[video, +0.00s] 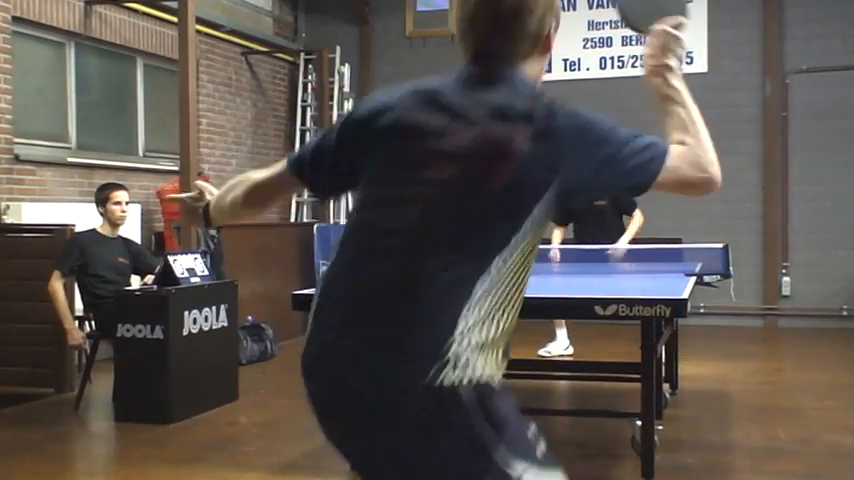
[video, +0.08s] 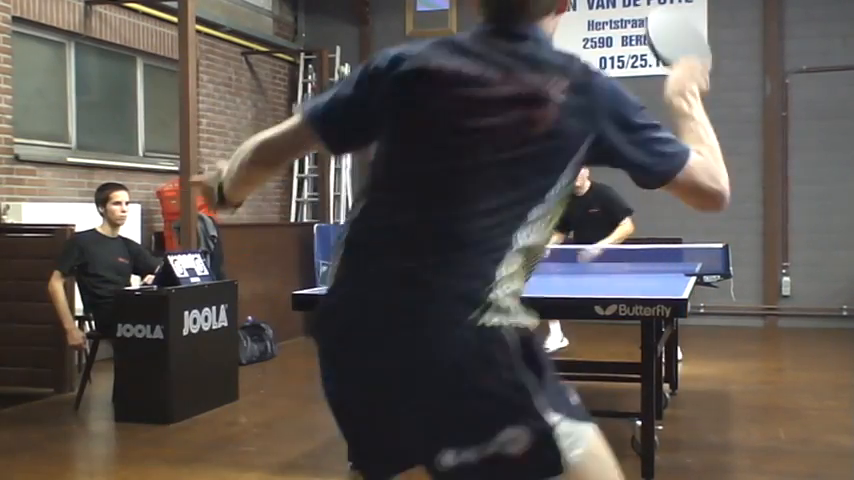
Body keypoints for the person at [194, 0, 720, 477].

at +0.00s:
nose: (555, 41)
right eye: (554, 30)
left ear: (465, 34)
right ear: (547, 41)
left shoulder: (390, 110)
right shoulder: (553, 127)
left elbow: (271, 187)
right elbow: (701, 170)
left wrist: (215, 204)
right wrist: (665, 76)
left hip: (332, 371)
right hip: (438, 388)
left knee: (401, 468)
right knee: (534, 469)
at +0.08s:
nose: (574, 6)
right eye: (572, 4)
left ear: (478, 4)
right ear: (560, 8)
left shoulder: (406, 66)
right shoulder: (583, 89)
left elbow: (272, 145)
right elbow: (713, 189)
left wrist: (229, 184)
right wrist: (687, 100)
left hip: (351, 327)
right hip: (465, 338)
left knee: (387, 469)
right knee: (594, 473)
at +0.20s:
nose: (590, 8)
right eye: (589, 6)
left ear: (495, 5)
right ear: (580, 8)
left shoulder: (434, 60)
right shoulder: (623, 94)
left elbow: (286, 145)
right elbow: (729, 238)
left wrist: (255, 158)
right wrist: (688, 168)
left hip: (409, 346)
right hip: (538, 358)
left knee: (417, 468)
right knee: (627, 466)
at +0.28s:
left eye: (496, 22)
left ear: (500, 36)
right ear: (591, 39)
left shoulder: (448, 112)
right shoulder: (641, 140)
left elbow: (300, 196)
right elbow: (734, 287)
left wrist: (273, 179)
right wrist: (684, 238)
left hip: (435, 427)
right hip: (578, 431)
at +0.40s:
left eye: (522, 63)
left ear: (525, 78)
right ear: (627, 86)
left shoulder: (466, 161)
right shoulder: (672, 192)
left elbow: (323, 255)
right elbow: (736, 343)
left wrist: (289, 239)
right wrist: (681, 288)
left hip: (468, 452)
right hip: (612, 458)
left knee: (392, 453)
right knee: (676, 461)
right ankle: (677, 465)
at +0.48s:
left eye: (550, 44)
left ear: (555, 63)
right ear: (657, 72)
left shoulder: (497, 147)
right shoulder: (712, 182)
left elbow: (342, 239)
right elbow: (755, 333)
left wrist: (309, 215)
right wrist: (686, 286)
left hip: (517, 450)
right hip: (669, 457)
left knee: (392, 465)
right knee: (740, 468)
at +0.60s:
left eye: (607, 7)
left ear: (612, 6)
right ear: (717, 13)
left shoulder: (561, 77)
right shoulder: (780, 113)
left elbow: (365, 148)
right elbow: (809, 287)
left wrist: (354, 130)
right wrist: (718, 255)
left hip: (575, 410)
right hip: (743, 422)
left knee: (451, 463)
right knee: (822, 428)